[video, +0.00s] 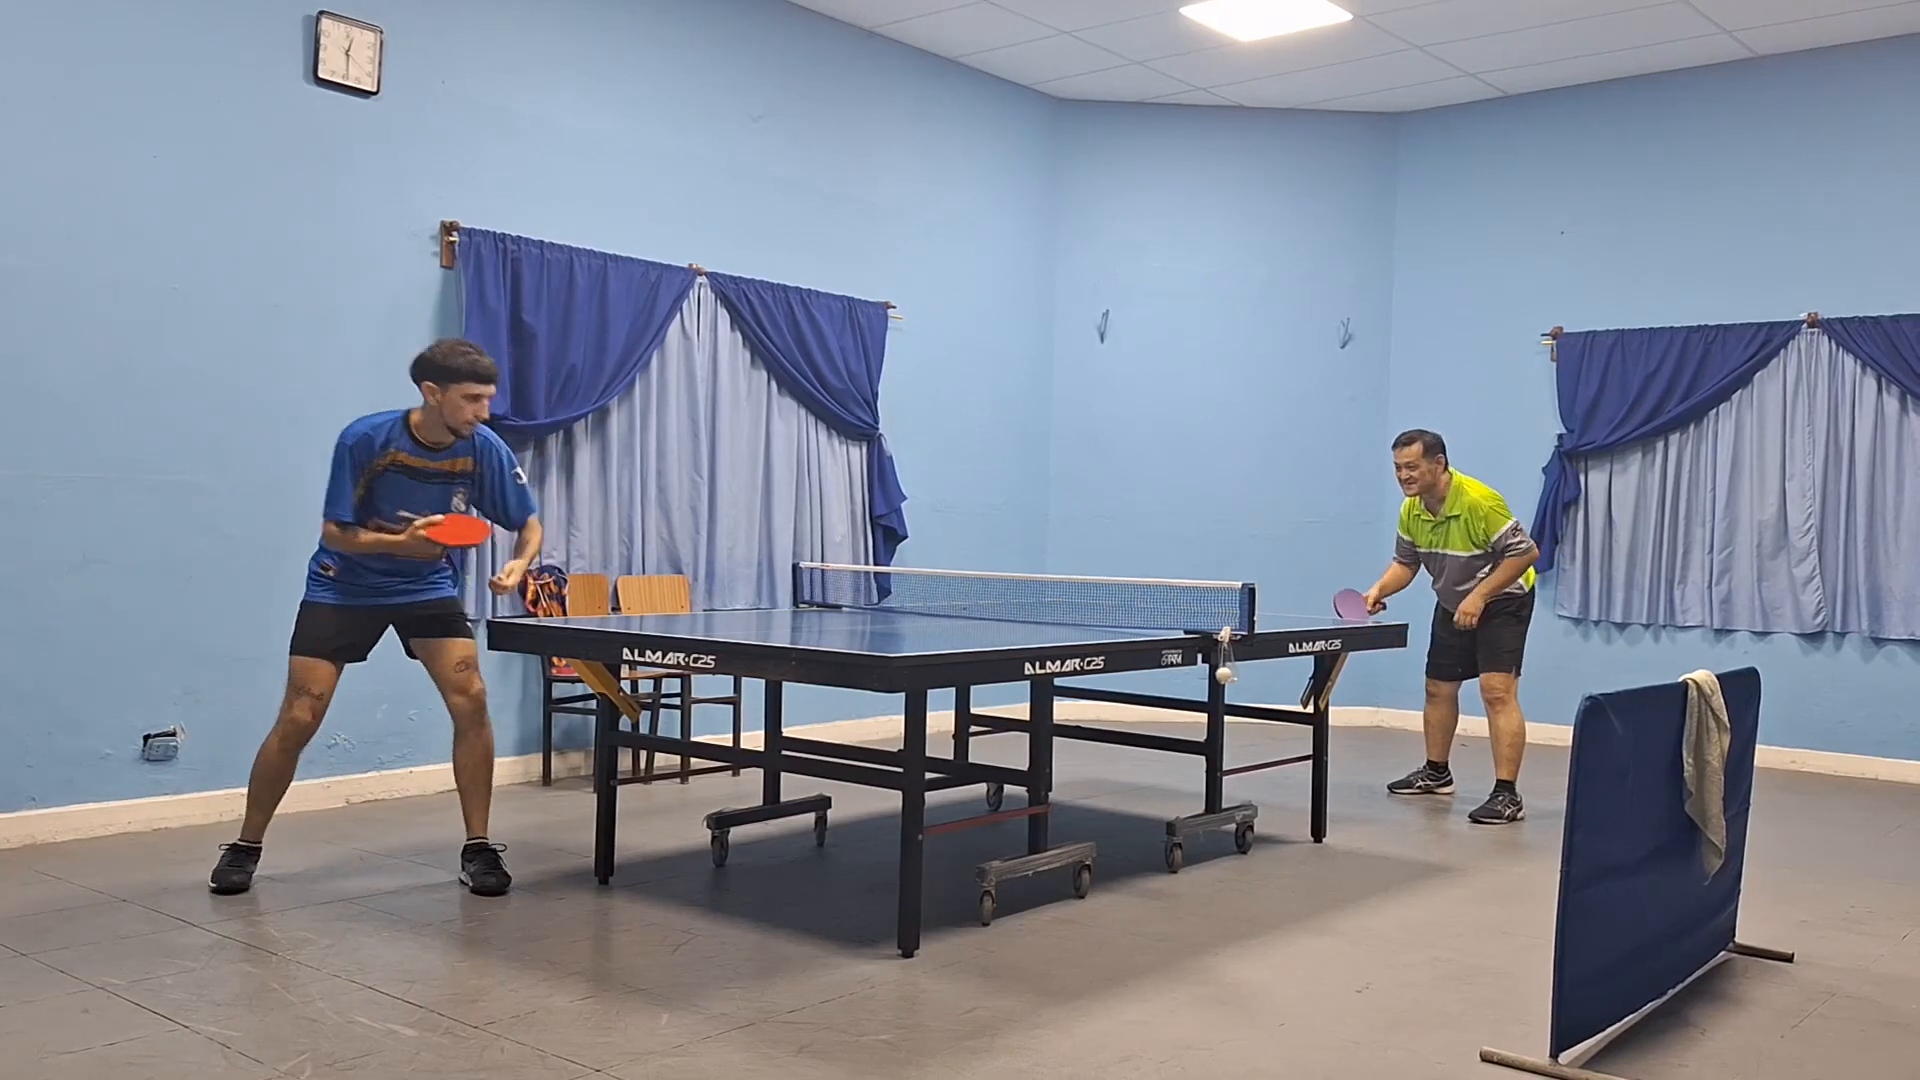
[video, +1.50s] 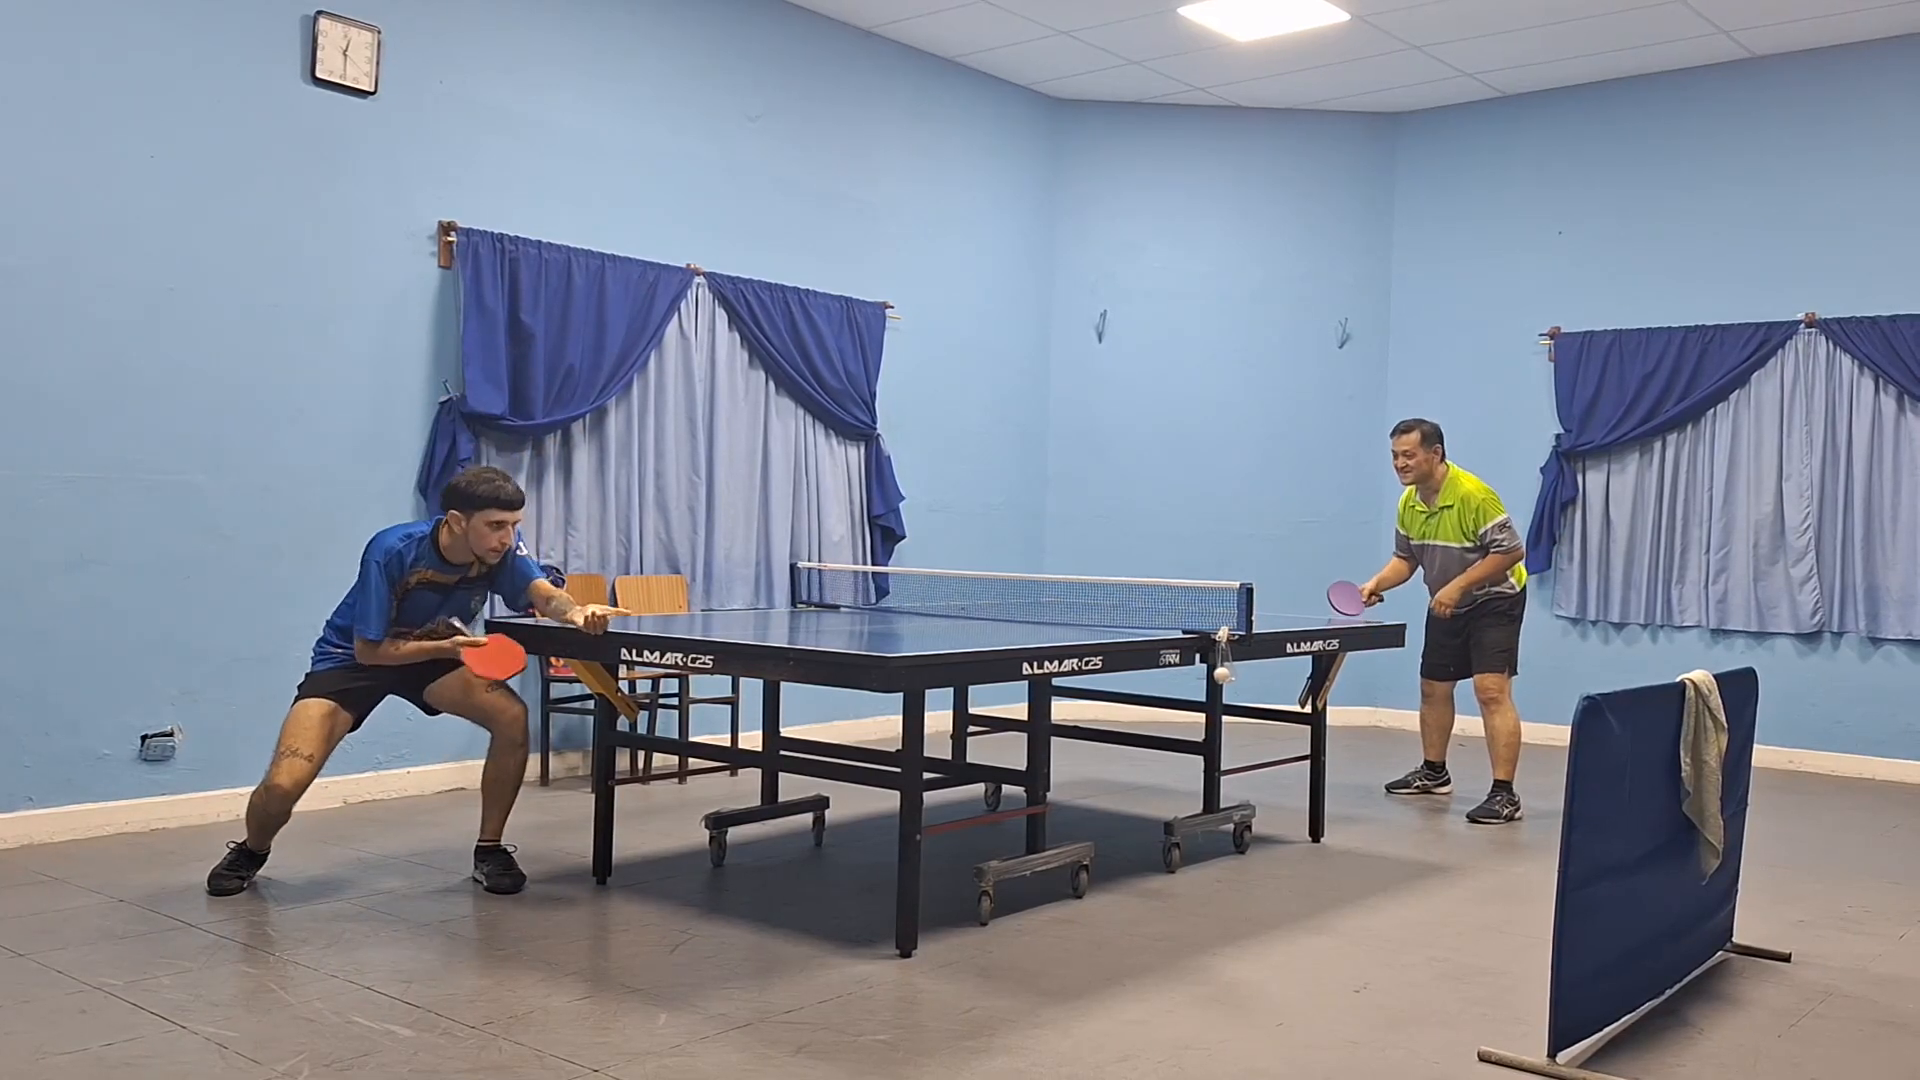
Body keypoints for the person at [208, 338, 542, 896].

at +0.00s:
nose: (483, 412)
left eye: (488, 400)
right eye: (472, 400)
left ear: (489, 397)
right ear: (432, 393)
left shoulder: (485, 451)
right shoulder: (363, 440)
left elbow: (531, 525)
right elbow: (334, 532)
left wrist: (521, 562)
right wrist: (395, 545)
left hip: (428, 586)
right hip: (343, 585)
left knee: (470, 695)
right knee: (300, 717)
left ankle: (478, 846)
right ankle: (246, 846)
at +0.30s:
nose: (451, 398)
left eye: (456, 386)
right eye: (439, 386)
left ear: (458, 384)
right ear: (399, 381)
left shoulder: (461, 440)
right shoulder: (338, 430)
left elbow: (506, 505)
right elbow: (309, 526)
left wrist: (521, 528)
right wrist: (375, 523)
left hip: (404, 584)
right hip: (320, 585)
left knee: (450, 694)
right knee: (287, 713)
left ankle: (485, 843)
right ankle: (243, 848)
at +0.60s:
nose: (500, 497)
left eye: (505, 485)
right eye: (489, 485)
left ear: (511, 480)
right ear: (449, 477)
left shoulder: (502, 514)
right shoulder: (390, 509)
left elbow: (531, 577)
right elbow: (371, 617)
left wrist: (546, 583)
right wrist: (441, 597)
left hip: (428, 619)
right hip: (349, 620)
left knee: (494, 705)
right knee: (287, 746)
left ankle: (492, 848)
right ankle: (245, 851)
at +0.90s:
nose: (522, 562)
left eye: (527, 552)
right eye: (512, 551)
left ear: (528, 545)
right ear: (472, 541)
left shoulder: (513, 561)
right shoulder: (410, 564)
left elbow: (556, 596)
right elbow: (405, 671)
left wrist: (587, 607)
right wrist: (478, 647)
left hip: (440, 660)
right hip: (364, 660)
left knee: (519, 715)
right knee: (285, 776)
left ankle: (493, 849)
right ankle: (254, 850)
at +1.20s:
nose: (522, 560)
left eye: (526, 550)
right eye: (511, 550)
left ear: (528, 545)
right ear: (470, 541)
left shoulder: (512, 563)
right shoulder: (405, 565)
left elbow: (557, 601)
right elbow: (390, 668)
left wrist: (588, 612)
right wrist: (467, 653)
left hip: (434, 665)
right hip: (359, 665)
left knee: (517, 715)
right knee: (287, 785)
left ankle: (492, 851)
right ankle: (253, 850)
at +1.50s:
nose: (507, 540)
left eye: (512, 528)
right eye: (496, 528)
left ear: (511, 526)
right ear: (455, 522)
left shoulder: (499, 556)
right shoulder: (391, 553)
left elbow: (542, 594)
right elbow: (368, 650)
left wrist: (574, 612)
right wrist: (445, 646)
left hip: (428, 660)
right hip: (351, 661)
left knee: (511, 716)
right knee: (282, 785)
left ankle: (490, 851)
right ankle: (251, 853)